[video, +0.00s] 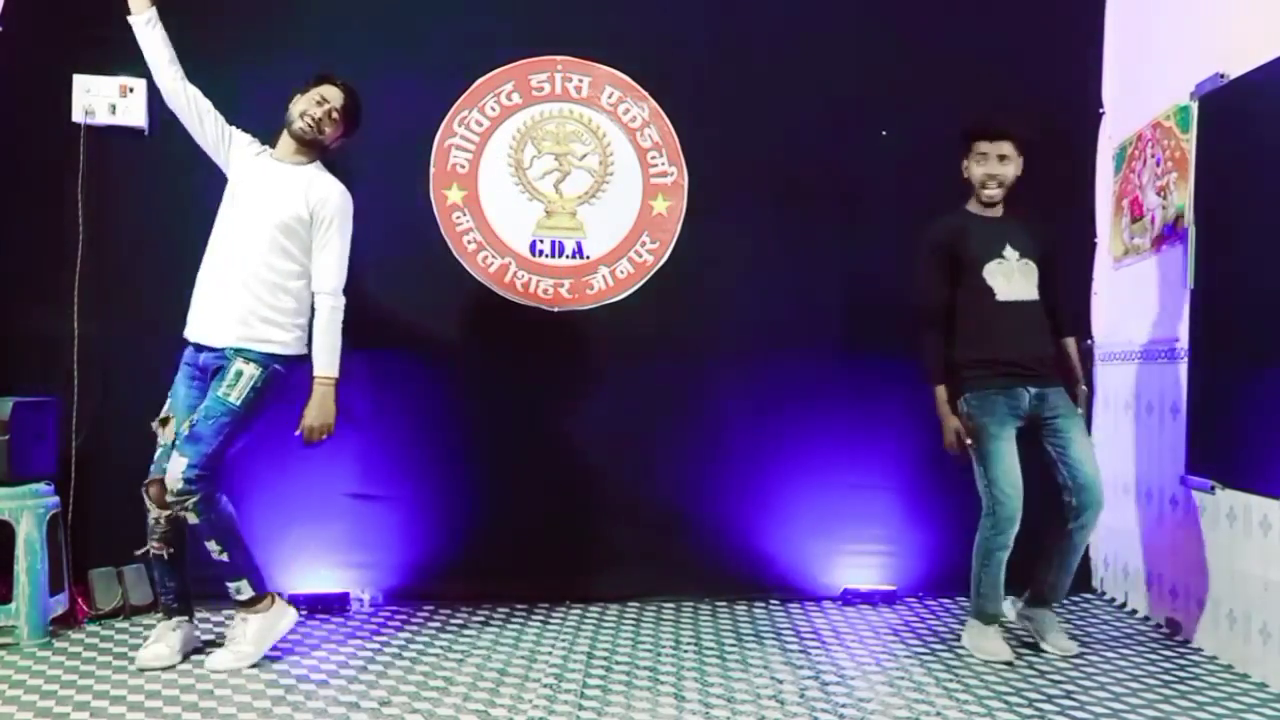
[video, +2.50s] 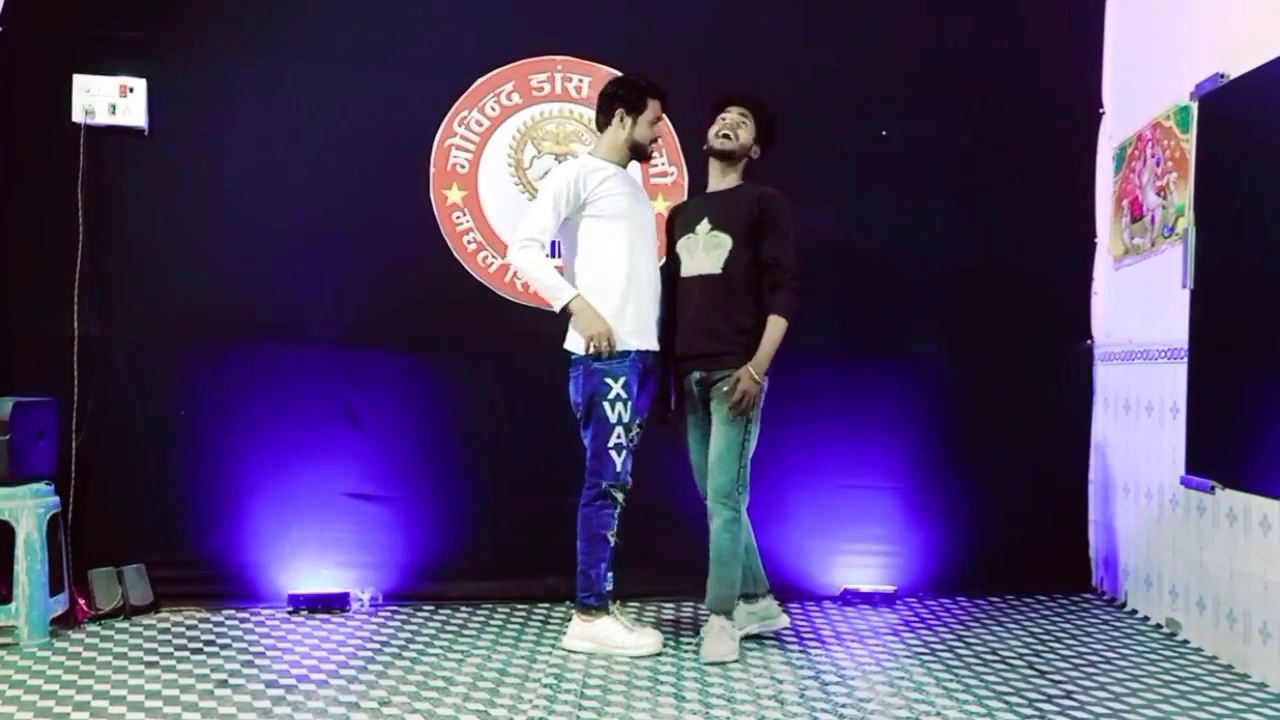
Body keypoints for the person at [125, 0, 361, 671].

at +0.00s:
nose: (323, 112)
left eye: (335, 115)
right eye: (319, 100)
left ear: (337, 137)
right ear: (293, 102)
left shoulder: (329, 195)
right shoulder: (242, 153)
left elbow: (331, 296)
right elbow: (180, 91)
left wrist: (324, 390)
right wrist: (143, 12)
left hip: (259, 351)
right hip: (203, 340)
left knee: (185, 479)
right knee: (160, 481)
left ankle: (261, 606)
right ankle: (175, 619)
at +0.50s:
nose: (354, 107)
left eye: (359, 103)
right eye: (346, 93)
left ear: (349, 120)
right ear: (307, 92)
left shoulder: (337, 198)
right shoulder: (248, 139)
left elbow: (352, 294)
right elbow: (183, 72)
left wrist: (381, 243)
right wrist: (263, 39)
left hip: (299, 352)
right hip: (221, 341)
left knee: (321, 475)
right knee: (194, 480)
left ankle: (300, 625)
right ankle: (173, 618)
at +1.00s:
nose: (422, 88)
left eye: (420, 80)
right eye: (408, 78)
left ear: (405, 96)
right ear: (374, 91)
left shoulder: (424, 180)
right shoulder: (345, 155)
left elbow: (479, 240)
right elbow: (273, 217)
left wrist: (473, 171)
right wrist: (271, 125)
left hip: (399, 340)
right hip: (362, 338)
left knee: (365, 480)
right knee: (446, 458)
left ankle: (304, 624)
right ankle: (455, 619)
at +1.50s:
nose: (543, 115)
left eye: (541, 105)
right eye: (536, 104)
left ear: (505, 111)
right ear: (505, 110)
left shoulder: (531, 179)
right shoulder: (482, 190)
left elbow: (556, 269)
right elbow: (497, 294)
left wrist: (590, 337)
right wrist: (534, 379)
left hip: (571, 358)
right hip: (535, 365)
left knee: (607, 474)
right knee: (560, 488)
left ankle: (583, 606)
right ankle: (493, 628)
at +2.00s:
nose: (624, 109)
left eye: (622, 100)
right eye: (616, 99)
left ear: (587, 107)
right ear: (585, 106)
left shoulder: (605, 172)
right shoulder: (558, 170)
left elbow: (614, 262)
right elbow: (568, 243)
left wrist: (636, 343)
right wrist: (617, 187)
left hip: (619, 350)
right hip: (592, 352)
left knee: (604, 484)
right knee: (595, 484)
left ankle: (600, 610)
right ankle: (588, 616)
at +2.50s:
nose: (661, 130)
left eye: (661, 121)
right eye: (655, 119)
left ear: (626, 118)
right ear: (622, 116)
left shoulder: (631, 183)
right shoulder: (578, 173)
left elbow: (637, 265)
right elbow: (524, 250)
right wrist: (581, 307)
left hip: (636, 352)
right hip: (603, 355)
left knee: (612, 483)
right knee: (607, 483)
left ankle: (599, 610)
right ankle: (590, 616)